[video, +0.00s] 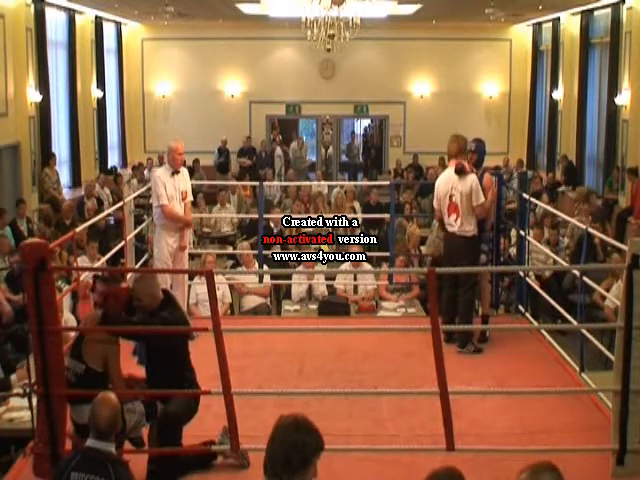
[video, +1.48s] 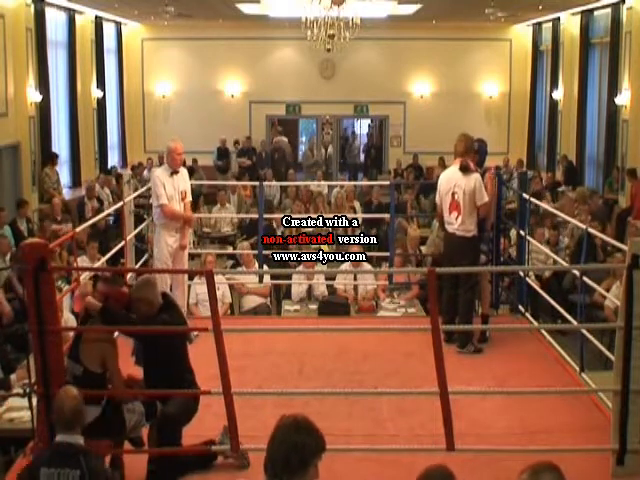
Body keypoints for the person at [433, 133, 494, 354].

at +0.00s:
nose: (466, 154)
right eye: (466, 151)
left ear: (448, 153)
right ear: (466, 152)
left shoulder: (441, 180)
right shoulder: (471, 179)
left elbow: (438, 213)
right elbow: (480, 211)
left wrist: (449, 225)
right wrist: (491, 195)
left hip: (449, 236)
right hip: (468, 236)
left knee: (449, 283)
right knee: (467, 285)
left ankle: (448, 327)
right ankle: (465, 335)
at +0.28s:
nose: (466, 156)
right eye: (467, 152)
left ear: (448, 153)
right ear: (467, 153)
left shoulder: (441, 179)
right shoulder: (472, 179)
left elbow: (438, 213)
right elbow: (481, 210)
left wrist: (448, 226)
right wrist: (490, 193)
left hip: (449, 236)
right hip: (468, 236)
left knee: (449, 283)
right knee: (467, 285)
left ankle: (448, 328)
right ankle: (465, 336)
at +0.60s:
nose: (467, 155)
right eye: (468, 151)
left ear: (449, 152)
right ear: (468, 152)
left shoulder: (442, 178)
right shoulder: (473, 178)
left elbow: (438, 212)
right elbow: (481, 211)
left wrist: (447, 226)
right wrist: (491, 193)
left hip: (449, 235)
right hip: (468, 236)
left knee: (449, 282)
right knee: (467, 285)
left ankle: (448, 328)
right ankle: (465, 336)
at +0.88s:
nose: (471, 156)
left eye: (469, 153)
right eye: (471, 153)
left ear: (452, 153)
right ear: (471, 154)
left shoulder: (442, 177)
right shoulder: (474, 178)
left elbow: (438, 210)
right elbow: (481, 211)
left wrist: (446, 226)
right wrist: (489, 190)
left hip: (449, 235)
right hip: (468, 236)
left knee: (449, 282)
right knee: (467, 284)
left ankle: (448, 327)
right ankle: (464, 335)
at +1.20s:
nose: (473, 155)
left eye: (471, 152)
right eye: (473, 152)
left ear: (454, 152)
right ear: (472, 153)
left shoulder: (443, 176)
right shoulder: (474, 178)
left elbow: (439, 210)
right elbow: (482, 211)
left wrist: (446, 227)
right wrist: (489, 192)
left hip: (449, 236)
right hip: (468, 237)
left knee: (449, 282)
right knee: (467, 285)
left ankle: (448, 327)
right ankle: (464, 336)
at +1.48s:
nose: (474, 156)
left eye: (472, 153)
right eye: (474, 153)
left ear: (455, 152)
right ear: (473, 153)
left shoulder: (444, 176)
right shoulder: (474, 178)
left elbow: (439, 208)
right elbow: (483, 210)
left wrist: (445, 227)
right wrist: (488, 187)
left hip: (449, 235)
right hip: (468, 237)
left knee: (449, 282)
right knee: (467, 285)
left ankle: (448, 327)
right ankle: (464, 336)